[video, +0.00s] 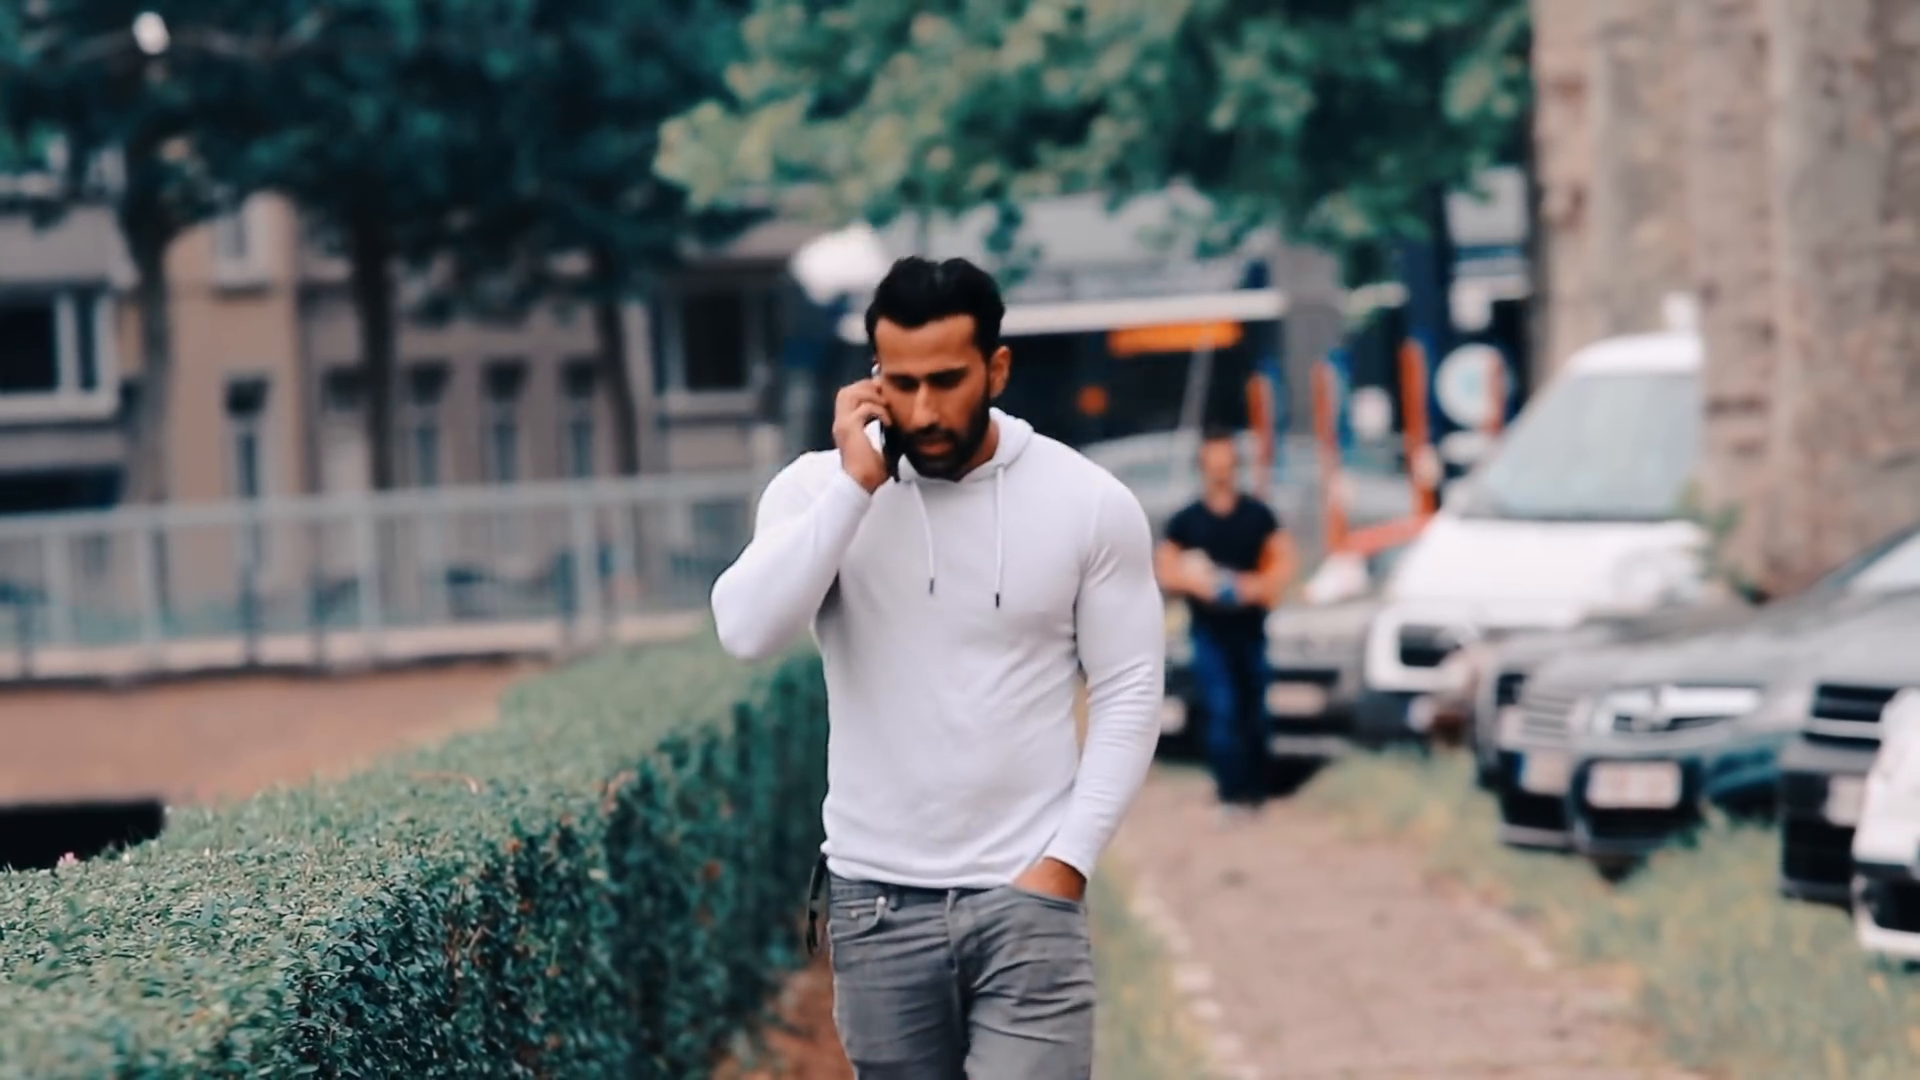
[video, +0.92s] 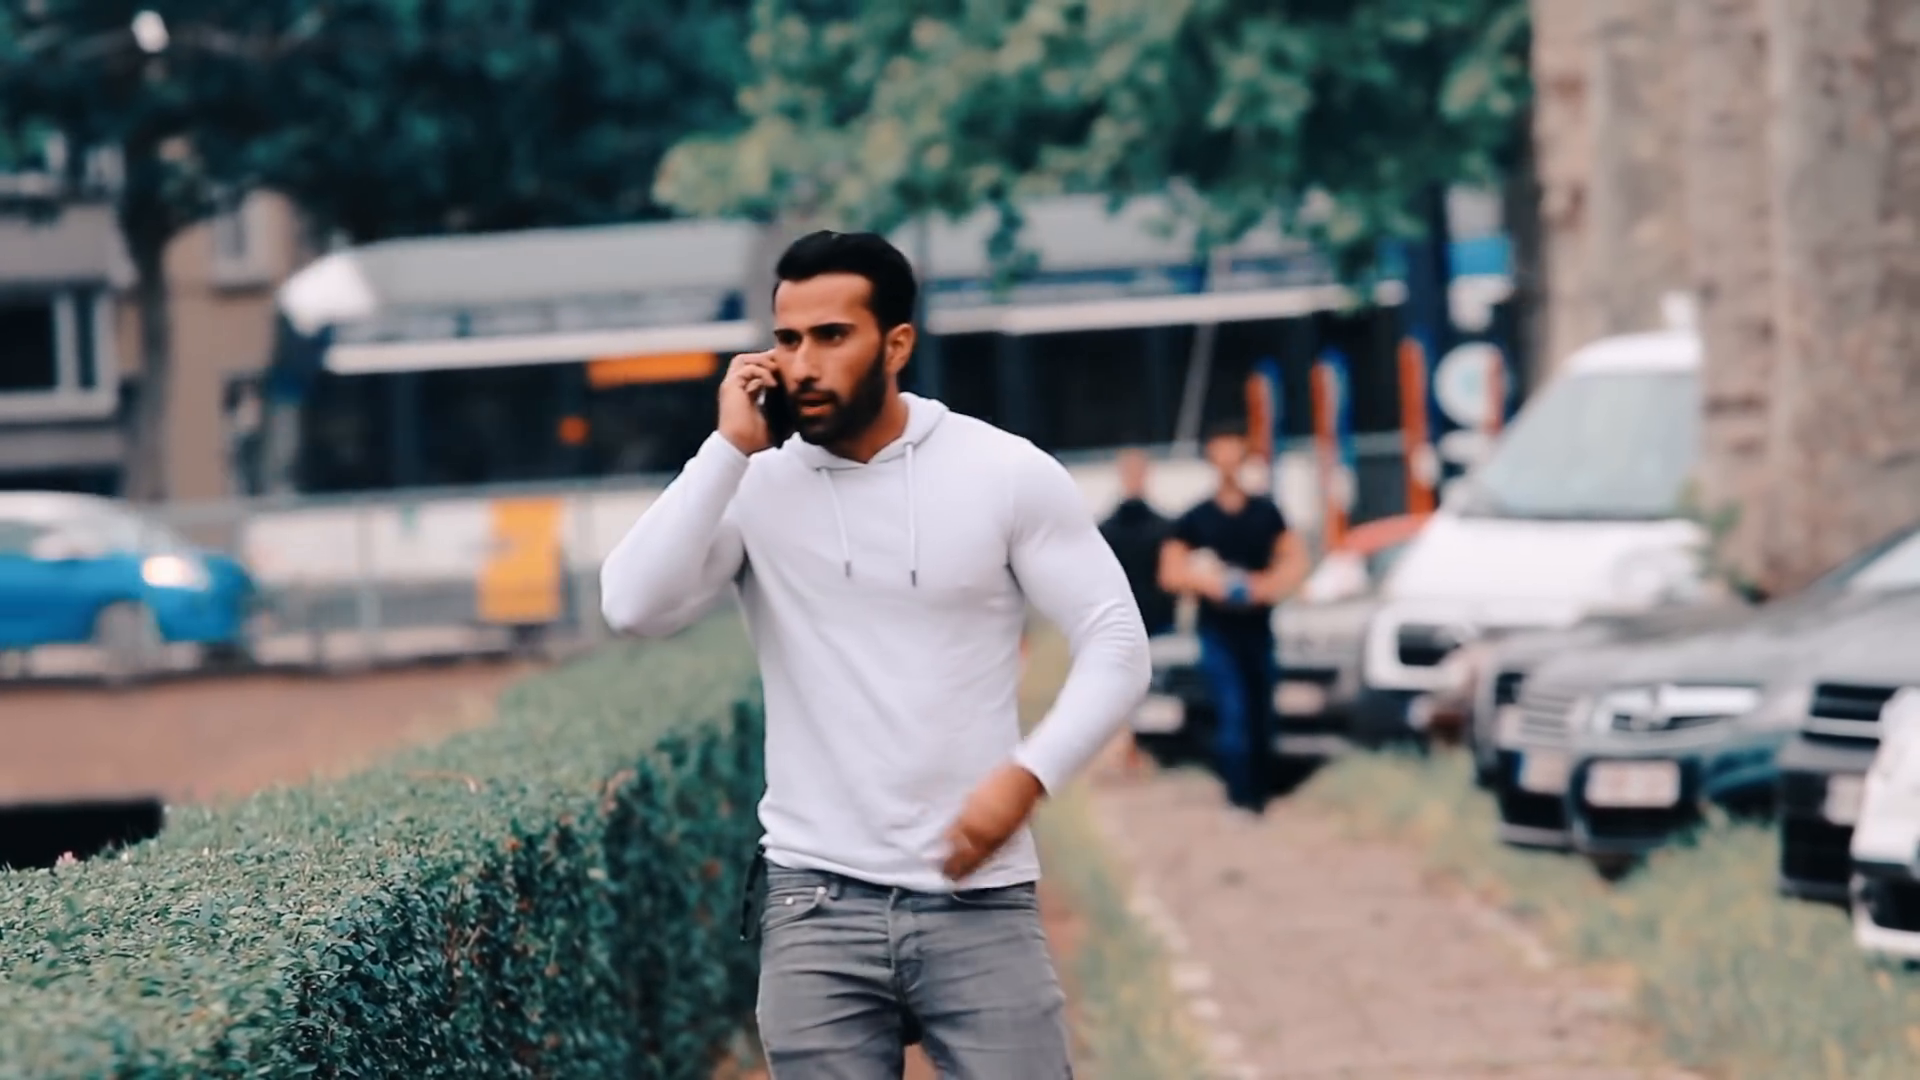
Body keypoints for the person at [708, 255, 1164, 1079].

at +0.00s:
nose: (923, 410)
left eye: (947, 381)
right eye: (901, 383)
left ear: (998, 366)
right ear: (874, 372)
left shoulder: (1090, 505)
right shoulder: (815, 488)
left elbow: (1127, 696)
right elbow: (745, 631)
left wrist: (1067, 864)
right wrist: (853, 481)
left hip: (1028, 903)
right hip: (874, 906)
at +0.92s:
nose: (801, 365)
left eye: (830, 336)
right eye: (787, 339)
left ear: (897, 346)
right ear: (770, 350)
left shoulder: (1008, 475)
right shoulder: (752, 487)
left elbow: (1118, 647)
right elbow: (630, 605)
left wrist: (1026, 778)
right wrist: (729, 448)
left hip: (979, 909)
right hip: (815, 909)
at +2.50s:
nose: (798, 378)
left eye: (825, 349)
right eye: (784, 353)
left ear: (892, 349)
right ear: (767, 358)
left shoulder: (1009, 452)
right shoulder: (760, 491)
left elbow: (1029, 602)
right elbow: (649, 634)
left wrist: (861, 601)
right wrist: (732, 472)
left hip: (997, 894)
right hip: (827, 901)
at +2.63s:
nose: (798, 375)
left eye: (826, 345)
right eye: (785, 350)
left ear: (894, 348)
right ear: (768, 357)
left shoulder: (1009, 453)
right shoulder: (763, 488)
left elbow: (1030, 603)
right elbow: (649, 632)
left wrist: (862, 591)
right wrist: (732, 470)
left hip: (996, 894)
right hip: (827, 900)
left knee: (1042, 1064)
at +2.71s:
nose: (800, 374)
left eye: (828, 344)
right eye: (786, 349)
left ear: (894, 346)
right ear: (770, 354)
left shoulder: (1009, 451)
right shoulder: (761, 486)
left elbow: (1031, 601)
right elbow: (650, 630)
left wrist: (862, 579)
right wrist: (733, 467)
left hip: (997, 894)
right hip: (827, 900)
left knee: (1042, 1065)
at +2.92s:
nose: (802, 372)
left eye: (830, 343)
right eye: (788, 347)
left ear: (897, 346)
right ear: (771, 353)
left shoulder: (1012, 449)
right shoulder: (767, 483)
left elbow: (1035, 597)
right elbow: (652, 628)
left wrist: (866, 548)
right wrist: (732, 467)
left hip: (999, 893)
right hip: (830, 899)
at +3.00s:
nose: (801, 372)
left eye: (830, 342)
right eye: (787, 347)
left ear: (896, 346)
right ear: (771, 354)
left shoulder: (1012, 448)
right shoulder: (765, 485)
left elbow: (1037, 595)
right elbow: (651, 627)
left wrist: (867, 540)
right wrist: (733, 467)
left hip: (1000, 892)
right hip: (830, 899)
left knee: (1044, 1064)